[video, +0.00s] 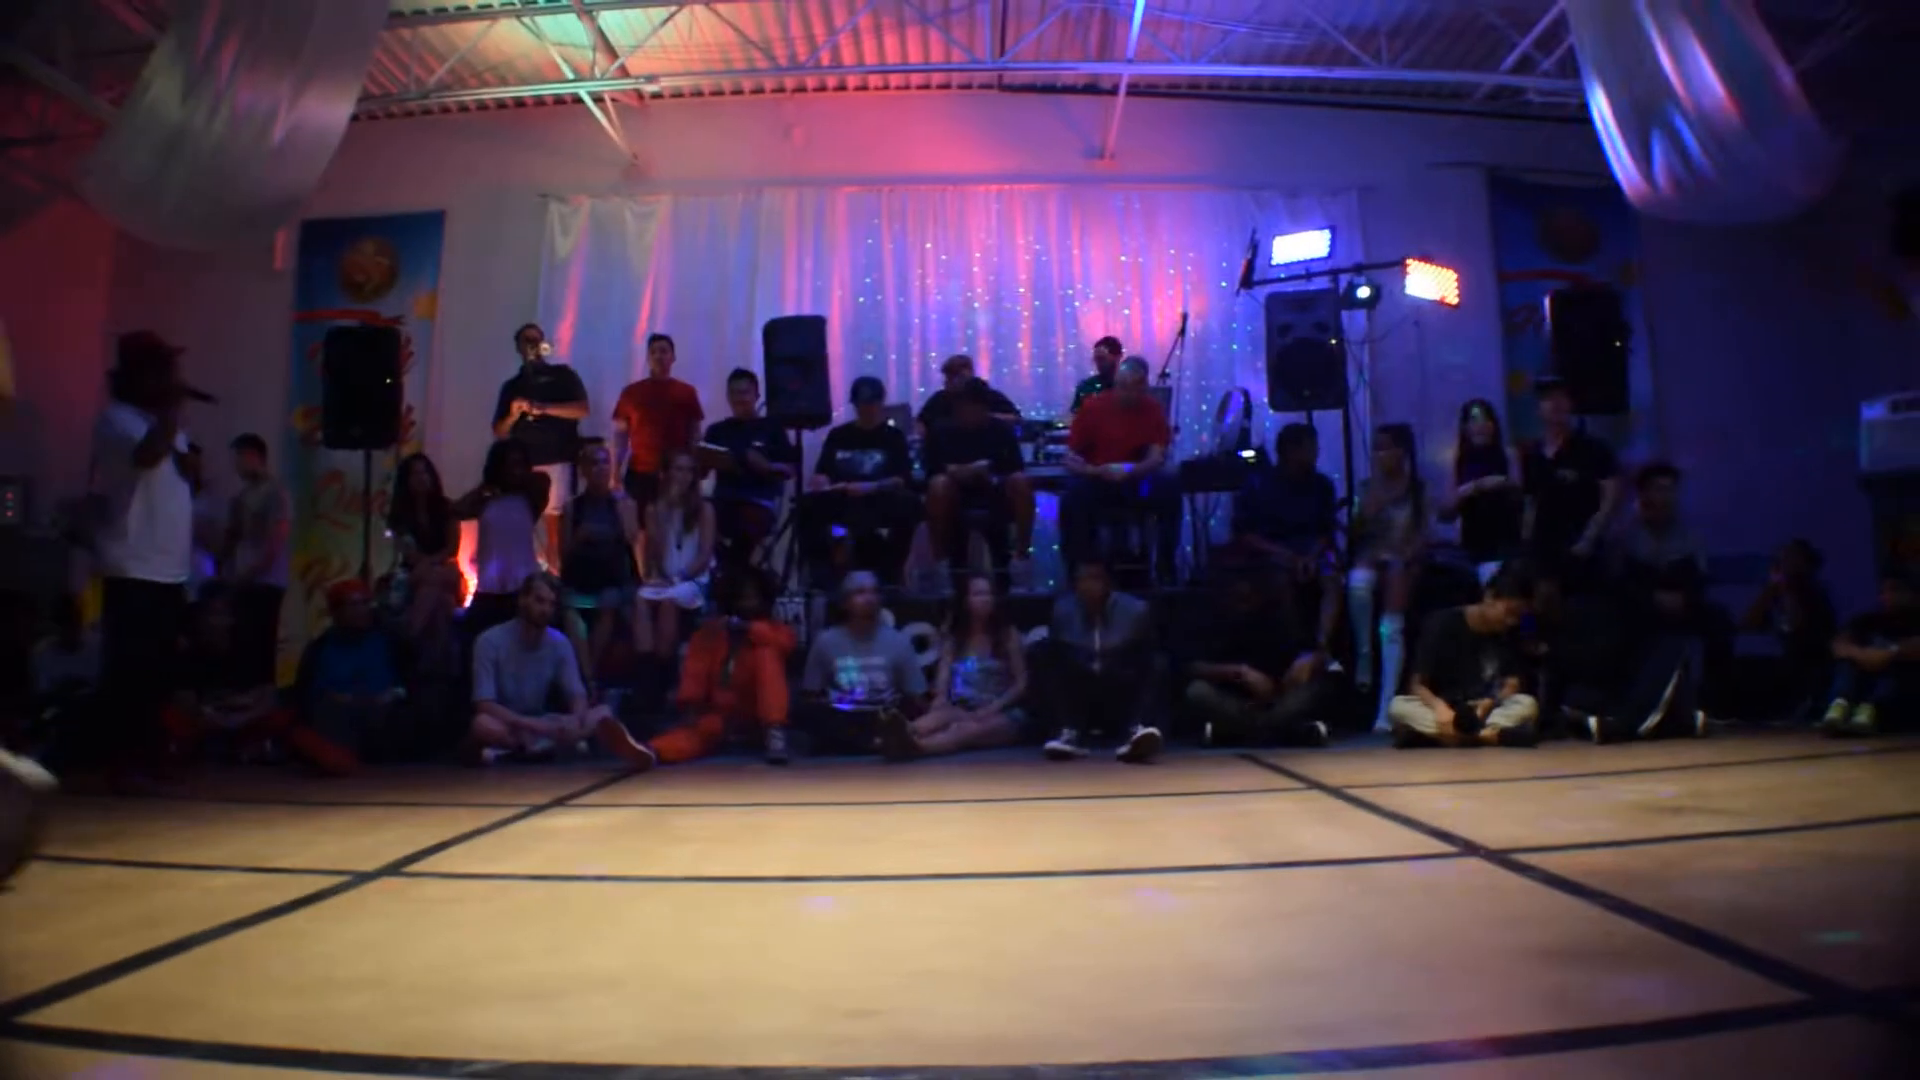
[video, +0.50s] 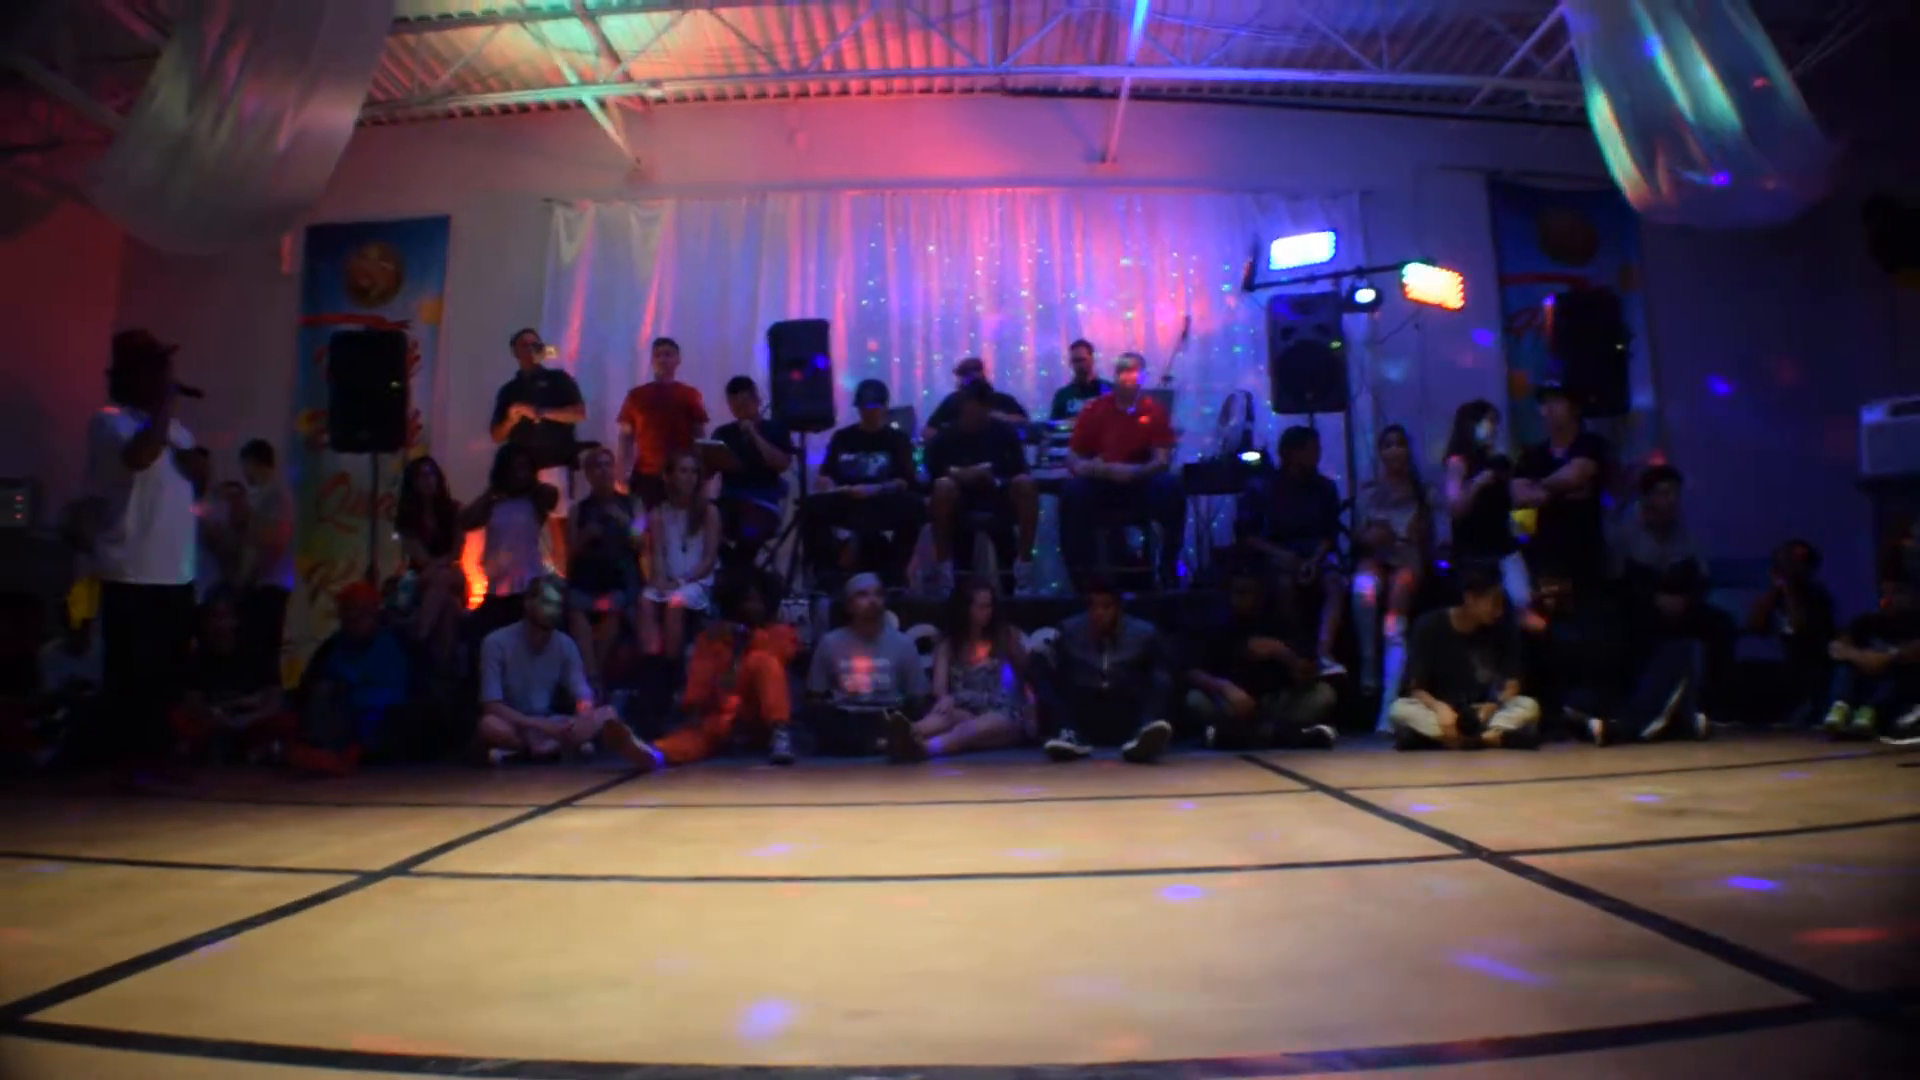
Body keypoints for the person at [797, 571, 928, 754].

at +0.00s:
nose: (868, 600)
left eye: (873, 593)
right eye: (860, 593)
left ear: (879, 598)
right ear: (846, 601)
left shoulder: (897, 642)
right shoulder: (826, 642)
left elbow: (916, 700)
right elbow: (811, 698)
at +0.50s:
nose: (872, 601)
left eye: (877, 594)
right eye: (863, 595)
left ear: (883, 600)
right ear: (850, 604)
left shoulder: (902, 644)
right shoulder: (831, 644)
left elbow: (918, 698)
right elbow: (815, 697)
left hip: (889, 722)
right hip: (843, 722)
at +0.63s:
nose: (895, 600)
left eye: (900, 594)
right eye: (886, 594)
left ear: (906, 599)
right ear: (873, 603)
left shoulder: (925, 643)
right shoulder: (853, 643)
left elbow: (941, 698)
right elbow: (837, 696)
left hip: (911, 714)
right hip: (867, 714)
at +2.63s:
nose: (887, 603)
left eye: (892, 596)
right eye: (878, 597)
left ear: (898, 602)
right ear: (865, 606)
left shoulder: (916, 645)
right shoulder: (845, 645)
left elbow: (936, 701)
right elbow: (829, 700)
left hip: (905, 716)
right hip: (861, 718)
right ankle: (894, 746)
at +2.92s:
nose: (887, 603)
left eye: (891, 597)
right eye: (878, 598)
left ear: (898, 602)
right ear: (865, 606)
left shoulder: (916, 644)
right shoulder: (845, 645)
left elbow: (936, 701)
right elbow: (829, 699)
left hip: (908, 717)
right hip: (863, 717)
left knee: (964, 714)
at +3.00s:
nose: (886, 603)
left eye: (891, 596)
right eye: (878, 598)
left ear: (897, 601)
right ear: (864, 605)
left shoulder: (916, 645)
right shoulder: (845, 645)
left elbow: (937, 702)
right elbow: (829, 701)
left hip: (908, 721)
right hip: (862, 722)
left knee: (964, 714)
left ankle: (925, 747)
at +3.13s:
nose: (887, 603)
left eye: (892, 597)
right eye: (879, 597)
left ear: (898, 602)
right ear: (865, 606)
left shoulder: (916, 645)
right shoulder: (845, 645)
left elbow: (937, 702)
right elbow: (828, 698)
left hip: (906, 716)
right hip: (860, 717)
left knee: (964, 713)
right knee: (829, 716)